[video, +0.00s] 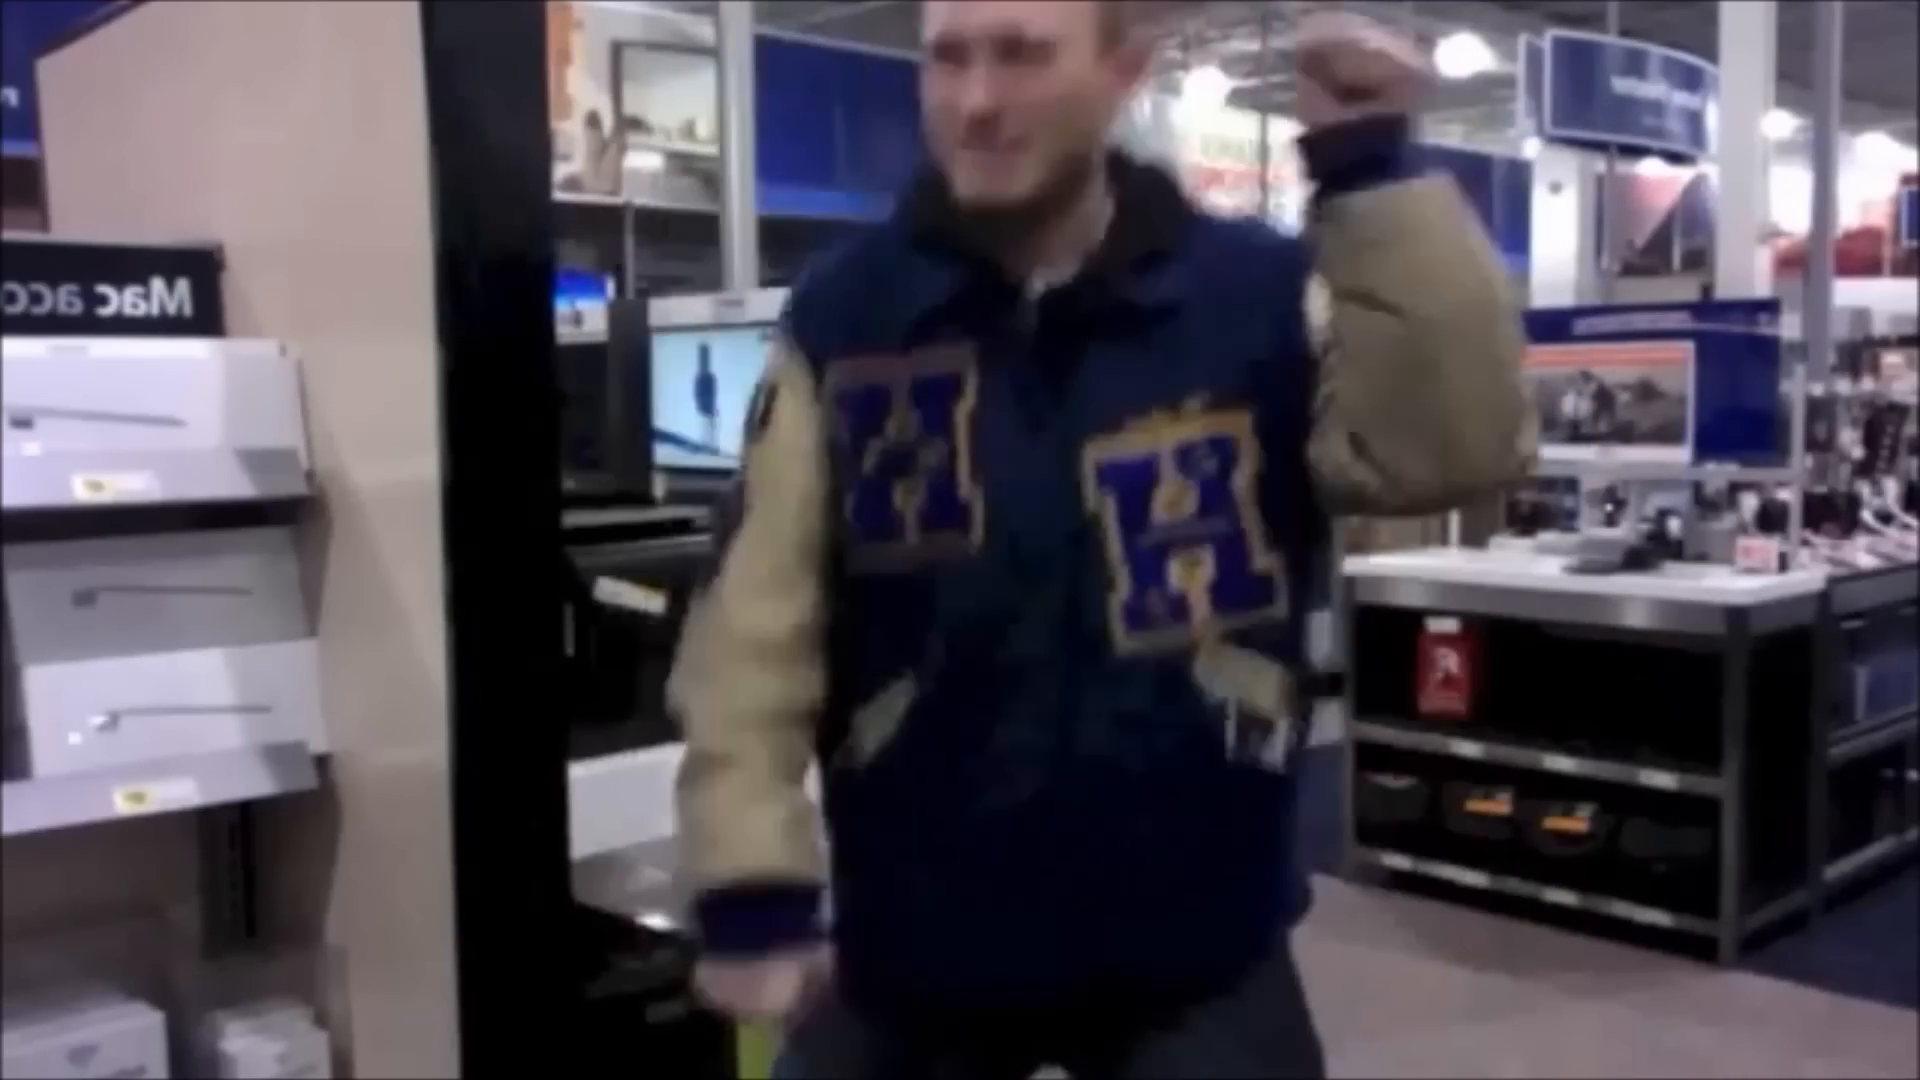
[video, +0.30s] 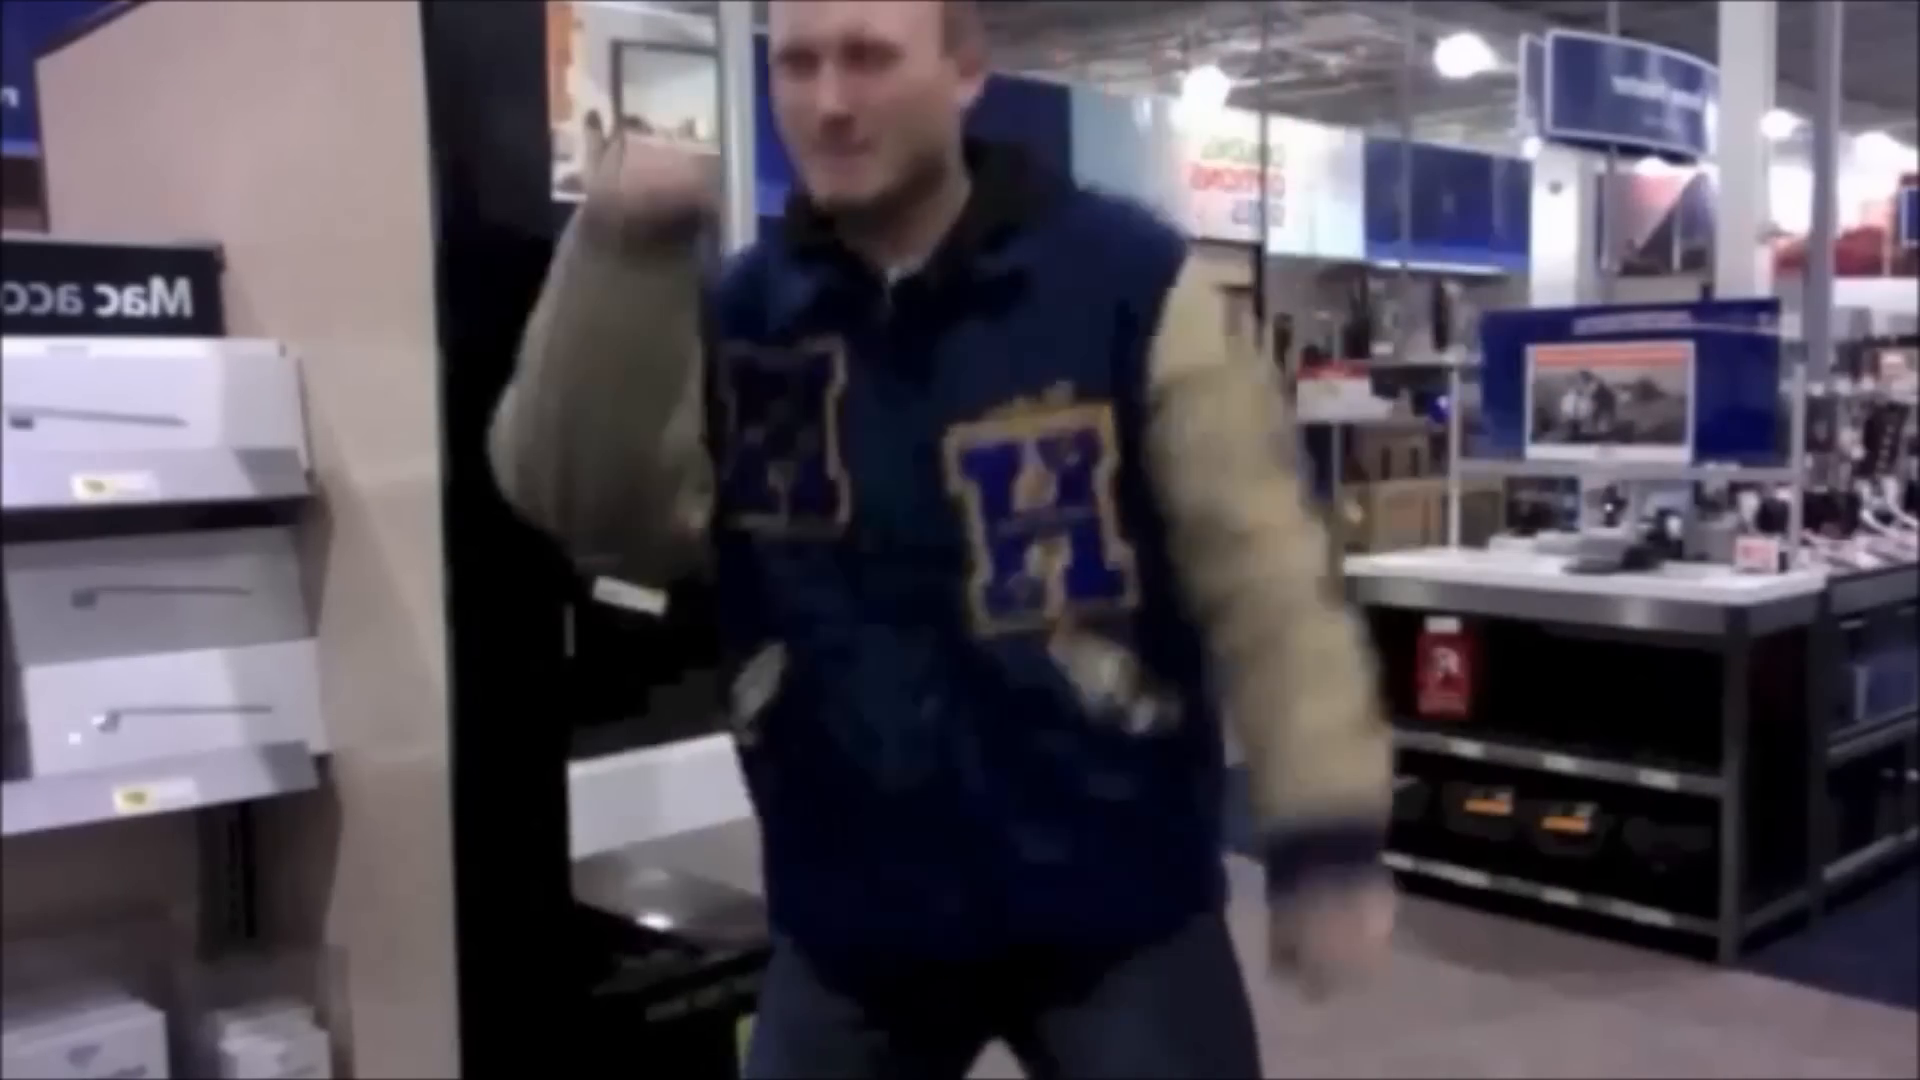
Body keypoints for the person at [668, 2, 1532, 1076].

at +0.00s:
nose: (978, 100)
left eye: (1025, 54)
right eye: (949, 57)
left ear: (1125, 62)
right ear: (917, 73)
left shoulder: (1250, 296)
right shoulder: (854, 314)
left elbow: (1449, 452)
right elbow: (759, 616)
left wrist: (1372, 168)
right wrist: (753, 887)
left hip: (1190, 939)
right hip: (921, 940)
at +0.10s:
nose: (920, 100)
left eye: (963, 59)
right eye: (892, 64)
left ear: (1061, 78)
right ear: (863, 88)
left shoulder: (1192, 286)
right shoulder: (803, 321)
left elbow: (1405, 471)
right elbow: (690, 574)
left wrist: (1317, 214)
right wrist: (672, 800)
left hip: (1164, 906)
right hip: (899, 912)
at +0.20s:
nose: (858, 43)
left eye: (902, 6)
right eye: (831, 12)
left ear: (999, 26)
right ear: (802, 40)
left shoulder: (1143, 221)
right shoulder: (755, 270)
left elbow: (1281, 414)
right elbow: (615, 482)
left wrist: (1371, 512)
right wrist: (618, 499)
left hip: (1127, 845)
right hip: (872, 858)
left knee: (1208, 1060)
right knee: (806, 1065)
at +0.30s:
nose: (828, 102)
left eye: (870, 57)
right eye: (798, 64)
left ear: (965, 67)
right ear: (770, 84)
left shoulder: (1125, 279)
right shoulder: (743, 316)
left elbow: (1257, 554)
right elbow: (576, 497)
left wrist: (1324, 828)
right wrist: (622, 257)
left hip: (1109, 896)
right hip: (857, 908)